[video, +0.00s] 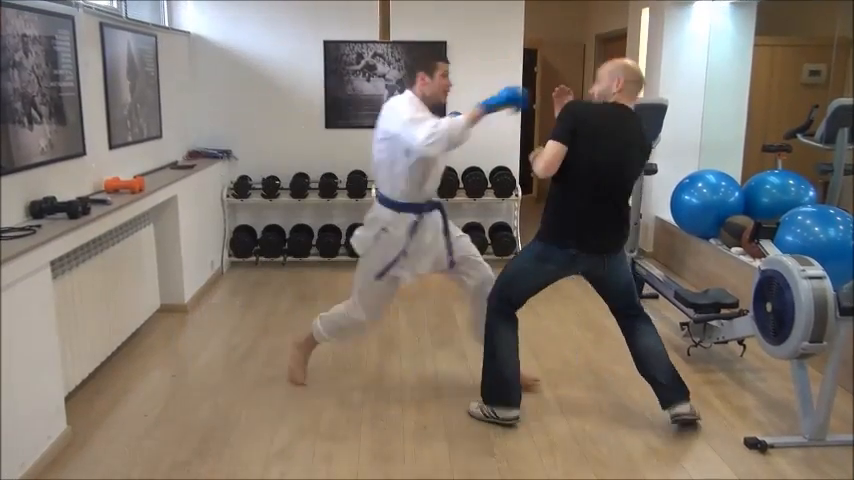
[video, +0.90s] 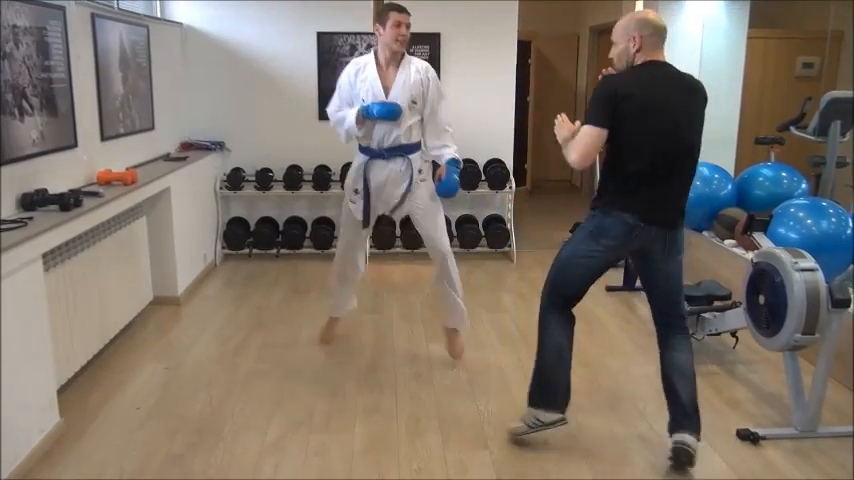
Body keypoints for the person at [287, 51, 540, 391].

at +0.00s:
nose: (449, 85)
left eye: (449, 77)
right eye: (444, 77)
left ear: (426, 81)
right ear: (422, 80)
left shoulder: (428, 114)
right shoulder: (399, 110)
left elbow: (446, 139)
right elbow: (429, 140)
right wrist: (483, 110)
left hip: (430, 220)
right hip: (392, 223)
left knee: (483, 282)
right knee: (364, 311)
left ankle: (504, 367)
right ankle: (306, 343)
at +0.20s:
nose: (492, 96)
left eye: (491, 90)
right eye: (488, 90)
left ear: (468, 91)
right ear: (469, 90)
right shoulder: (447, 119)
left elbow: (489, 145)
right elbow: (476, 138)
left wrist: (529, 120)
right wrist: (530, 106)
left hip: (478, 226)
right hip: (445, 229)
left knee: (527, 284)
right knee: (422, 322)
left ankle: (514, 368)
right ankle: (349, 356)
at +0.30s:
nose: (501, 77)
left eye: (501, 70)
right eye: (495, 69)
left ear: (477, 74)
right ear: (472, 71)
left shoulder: (487, 116)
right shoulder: (441, 105)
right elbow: (394, 137)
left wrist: (509, 153)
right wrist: (438, 103)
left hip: (487, 212)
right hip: (448, 213)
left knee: (524, 282)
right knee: (417, 302)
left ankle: (519, 371)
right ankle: (361, 359)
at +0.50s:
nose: (464, 44)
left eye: (466, 37)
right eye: (457, 37)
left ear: (467, 41)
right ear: (436, 41)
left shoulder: (486, 85)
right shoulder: (413, 80)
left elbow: (514, 129)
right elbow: (386, 128)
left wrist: (524, 174)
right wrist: (398, 107)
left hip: (474, 184)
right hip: (425, 184)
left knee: (502, 269)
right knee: (392, 264)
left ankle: (503, 348)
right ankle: (368, 331)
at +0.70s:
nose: (429, 73)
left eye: (433, 67)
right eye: (422, 66)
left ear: (437, 73)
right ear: (404, 72)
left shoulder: (451, 110)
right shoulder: (391, 113)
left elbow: (481, 155)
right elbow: (380, 168)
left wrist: (508, 203)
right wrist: (388, 159)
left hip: (449, 206)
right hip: (406, 208)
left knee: (479, 288)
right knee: (386, 275)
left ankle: (492, 359)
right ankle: (375, 328)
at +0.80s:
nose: (419, 50)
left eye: (422, 45)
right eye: (411, 44)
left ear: (424, 51)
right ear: (392, 49)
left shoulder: (436, 89)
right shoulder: (373, 89)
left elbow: (455, 141)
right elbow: (359, 137)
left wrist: (474, 188)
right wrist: (379, 137)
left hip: (429, 186)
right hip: (384, 186)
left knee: (459, 266)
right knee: (367, 259)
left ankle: (488, 350)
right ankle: (368, 323)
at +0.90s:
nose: (403, 33)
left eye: (407, 27)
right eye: (397, 26)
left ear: (409, 33)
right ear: (378, 30)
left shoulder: (422, 72)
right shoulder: (355, 71)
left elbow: (438, 126)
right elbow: (336, 117)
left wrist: (447, 161)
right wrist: (364, 114)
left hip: (414, 170)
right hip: (368, 169)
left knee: (440, 248)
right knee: (348, 245)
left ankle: (454, 324)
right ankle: (338, 312)